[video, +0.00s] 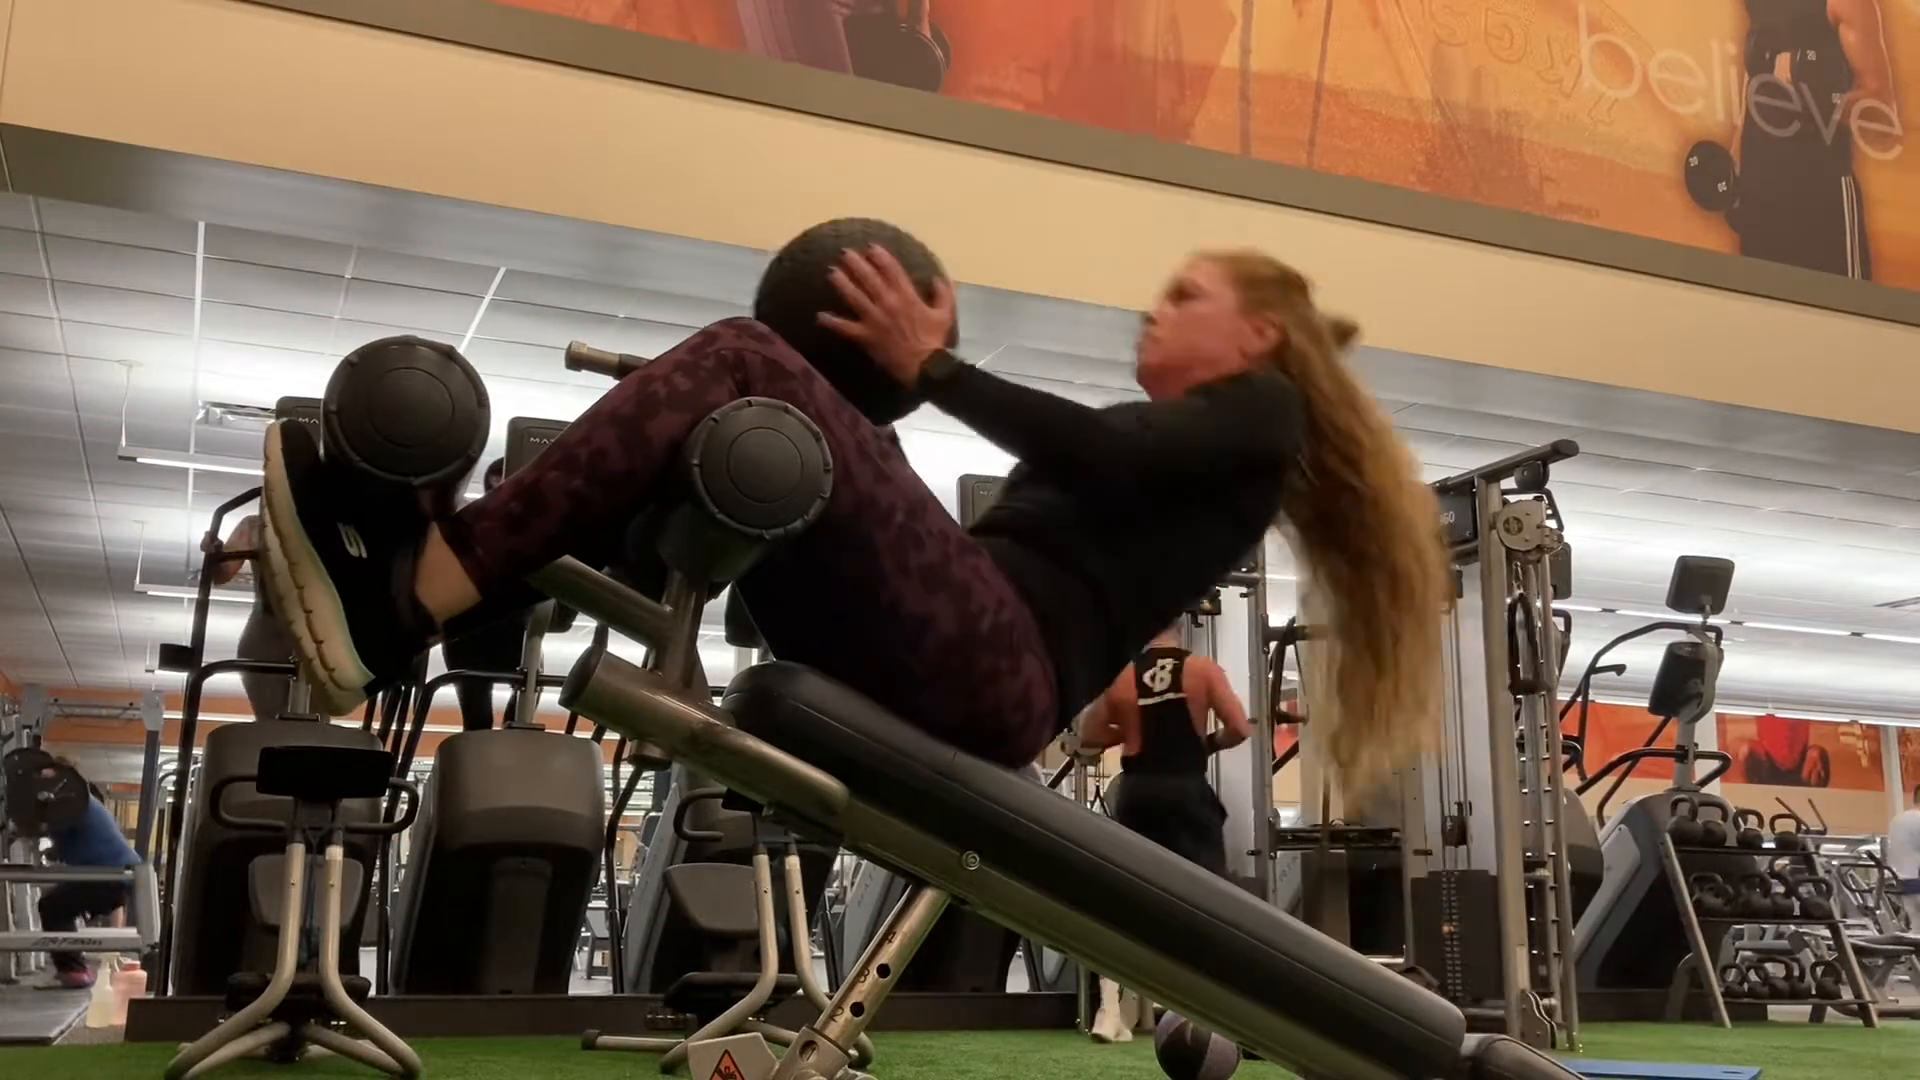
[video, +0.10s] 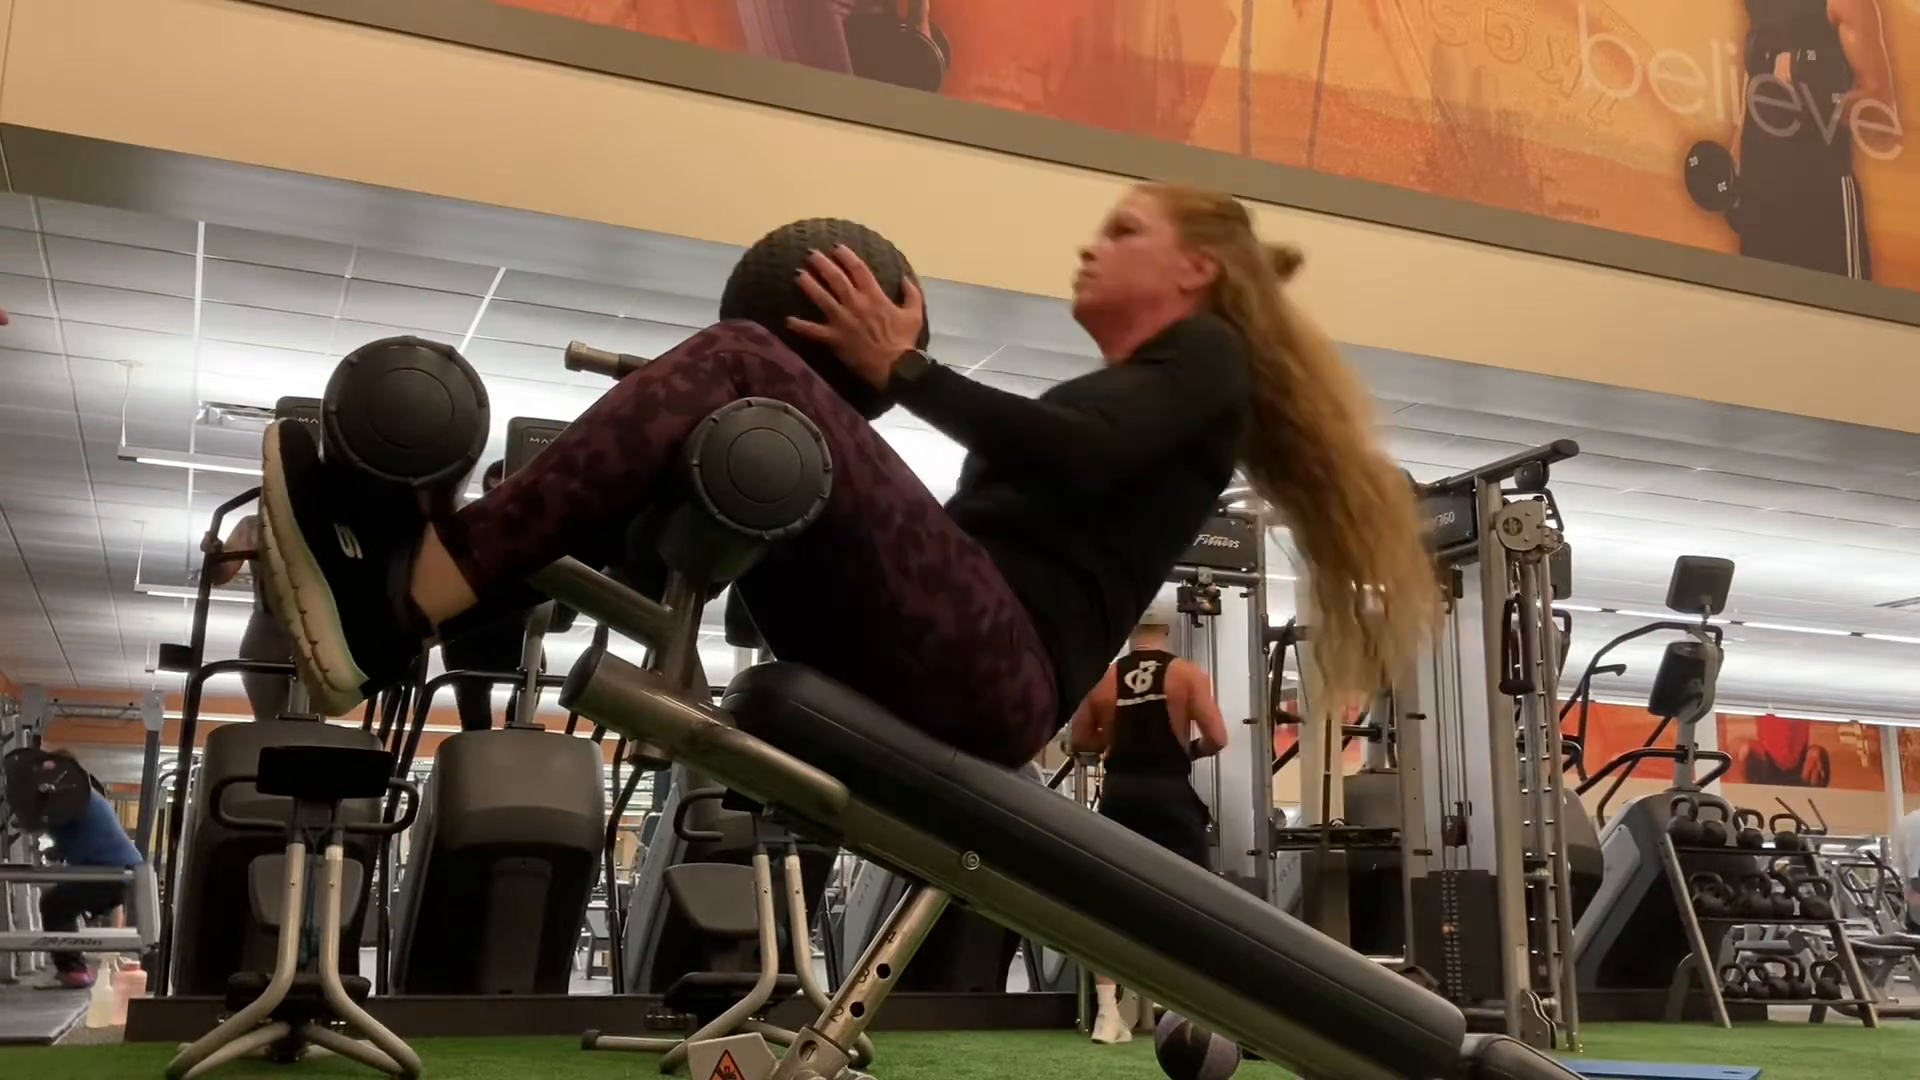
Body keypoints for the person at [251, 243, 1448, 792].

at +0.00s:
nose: (1152, 319)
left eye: (1185, 302)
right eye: (1164, 302)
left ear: (1261, 333)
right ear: (1216, 336)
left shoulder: (1261, 409)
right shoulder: (1176, 441)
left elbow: (1099, 455)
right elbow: (1031, 501)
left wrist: (935, 369)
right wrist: (914, 364)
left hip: (1000, 668)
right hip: (929, 643)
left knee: (754, 358)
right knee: (740, 380)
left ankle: (434, 583)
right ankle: (411, 572)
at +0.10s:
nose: (1086, 258)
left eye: (1114, 239)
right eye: (1094, 240)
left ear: (1196, 269)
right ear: (1152, 274)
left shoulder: (1204, 359)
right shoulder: (1131, 382)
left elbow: (1067, 447)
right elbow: (989, 487)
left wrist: (906, 372)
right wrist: (896, 373)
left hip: (999, 664)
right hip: (943, 636)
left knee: (743, 367)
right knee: (752, 345)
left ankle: (442, 583)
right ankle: (462, 567)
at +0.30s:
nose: (1007, 231)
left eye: (1041, 206)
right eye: (1007, 211)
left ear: (1123, 235)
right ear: (1017, 245)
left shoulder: (1154, 336)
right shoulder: (1008, 380)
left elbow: (1101, 478)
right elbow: (882, 488)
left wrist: (942, 338)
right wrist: (828, 349)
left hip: (997, 668)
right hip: (908, 641)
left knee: (750, 367)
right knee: (708, 383)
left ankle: (423, 593)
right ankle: (412, 578)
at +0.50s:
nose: (980, 231)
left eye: (1005, 211)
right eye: (972, 211)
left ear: (1073, 216)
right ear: (962, 223)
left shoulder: (1162, 352)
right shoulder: (950, 340)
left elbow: (1212, 539)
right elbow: (818, 405)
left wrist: (1145, 445)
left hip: (1005, 664)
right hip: (878, 634)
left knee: (748, 376)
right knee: (717, 391)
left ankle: (418, 593)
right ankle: (395, 585)